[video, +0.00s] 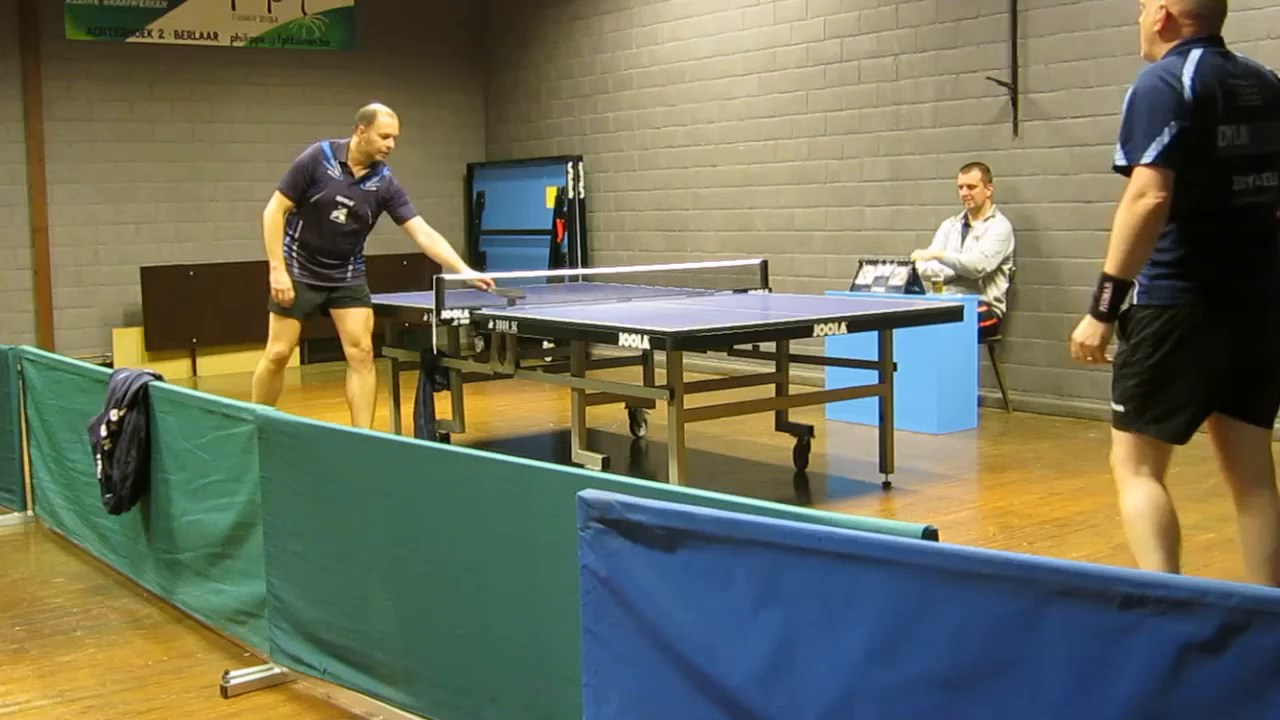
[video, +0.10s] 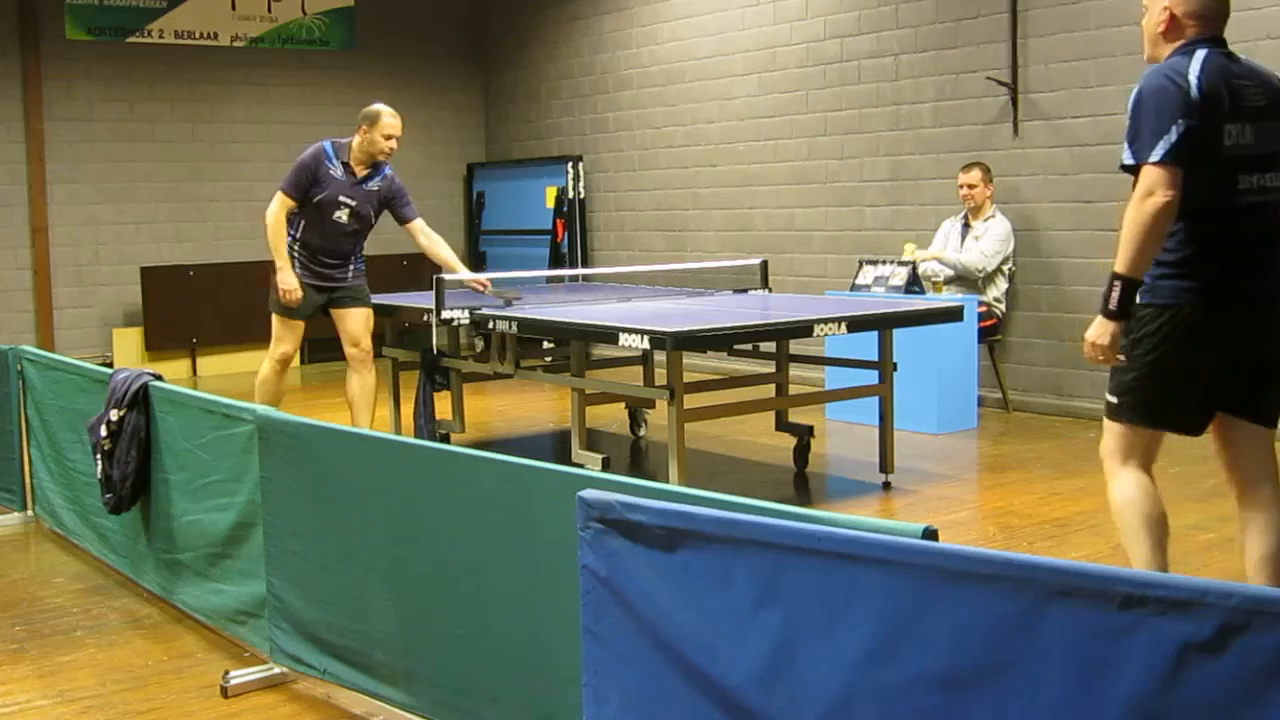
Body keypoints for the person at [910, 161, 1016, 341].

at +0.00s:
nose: (964, 193)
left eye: (971, 187)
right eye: (961, 188)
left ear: (988, 190)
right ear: (957, 190)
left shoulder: (1000, 228)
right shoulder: (949, 225)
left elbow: (979, 266)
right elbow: (923, 269)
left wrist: (937, 255)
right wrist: (965, 266)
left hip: (983, 306)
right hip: (944, 304)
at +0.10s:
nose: (964, 193)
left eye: (971, 187)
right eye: (961, 188)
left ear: (989, 190)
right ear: (957, 190)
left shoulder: (1000, 227)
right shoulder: (948, 226)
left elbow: (979, 267)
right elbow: (924, 270)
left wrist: (936, 256)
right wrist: (965, 267)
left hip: (983, 306)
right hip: (944, 304)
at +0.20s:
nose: (964, 193)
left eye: (970, 187)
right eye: (960, 188)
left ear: (988, 190)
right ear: (957, 191)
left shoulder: (1000, 228)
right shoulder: (948, 226)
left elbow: (978, 267)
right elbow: (924, 270)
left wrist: (935, 255)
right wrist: (965, 267)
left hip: (982, 306)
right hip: (943, 305)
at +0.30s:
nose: (963, 193)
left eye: (970, 187)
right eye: (960, 188)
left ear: (988, 190)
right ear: (956, 191)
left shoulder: (1000, 228)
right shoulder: (948, 226)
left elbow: (975, 267)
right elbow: (924, 270)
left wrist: (932, 255)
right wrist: (963, 268)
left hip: (983, 307)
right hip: (944, 305)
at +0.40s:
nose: (963, 194)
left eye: (969, 187)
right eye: (959, 188)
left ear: (987, 190)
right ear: (956, 191)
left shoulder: (999, 228)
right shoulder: (949, 226)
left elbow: (973, 265)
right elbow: (924, 270)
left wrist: (930, 254)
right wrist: (962, 267)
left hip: (983, 307)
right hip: (945, 306)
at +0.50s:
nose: (963, 194)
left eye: (969, 188)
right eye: (959, 188)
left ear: (987, 190)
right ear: (955, 190)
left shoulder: (999, 228)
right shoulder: (948, 226)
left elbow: (973, 265)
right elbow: (924, 270)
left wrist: (928, 255)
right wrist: (961, 265)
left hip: (982, 307)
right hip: (944, 305)